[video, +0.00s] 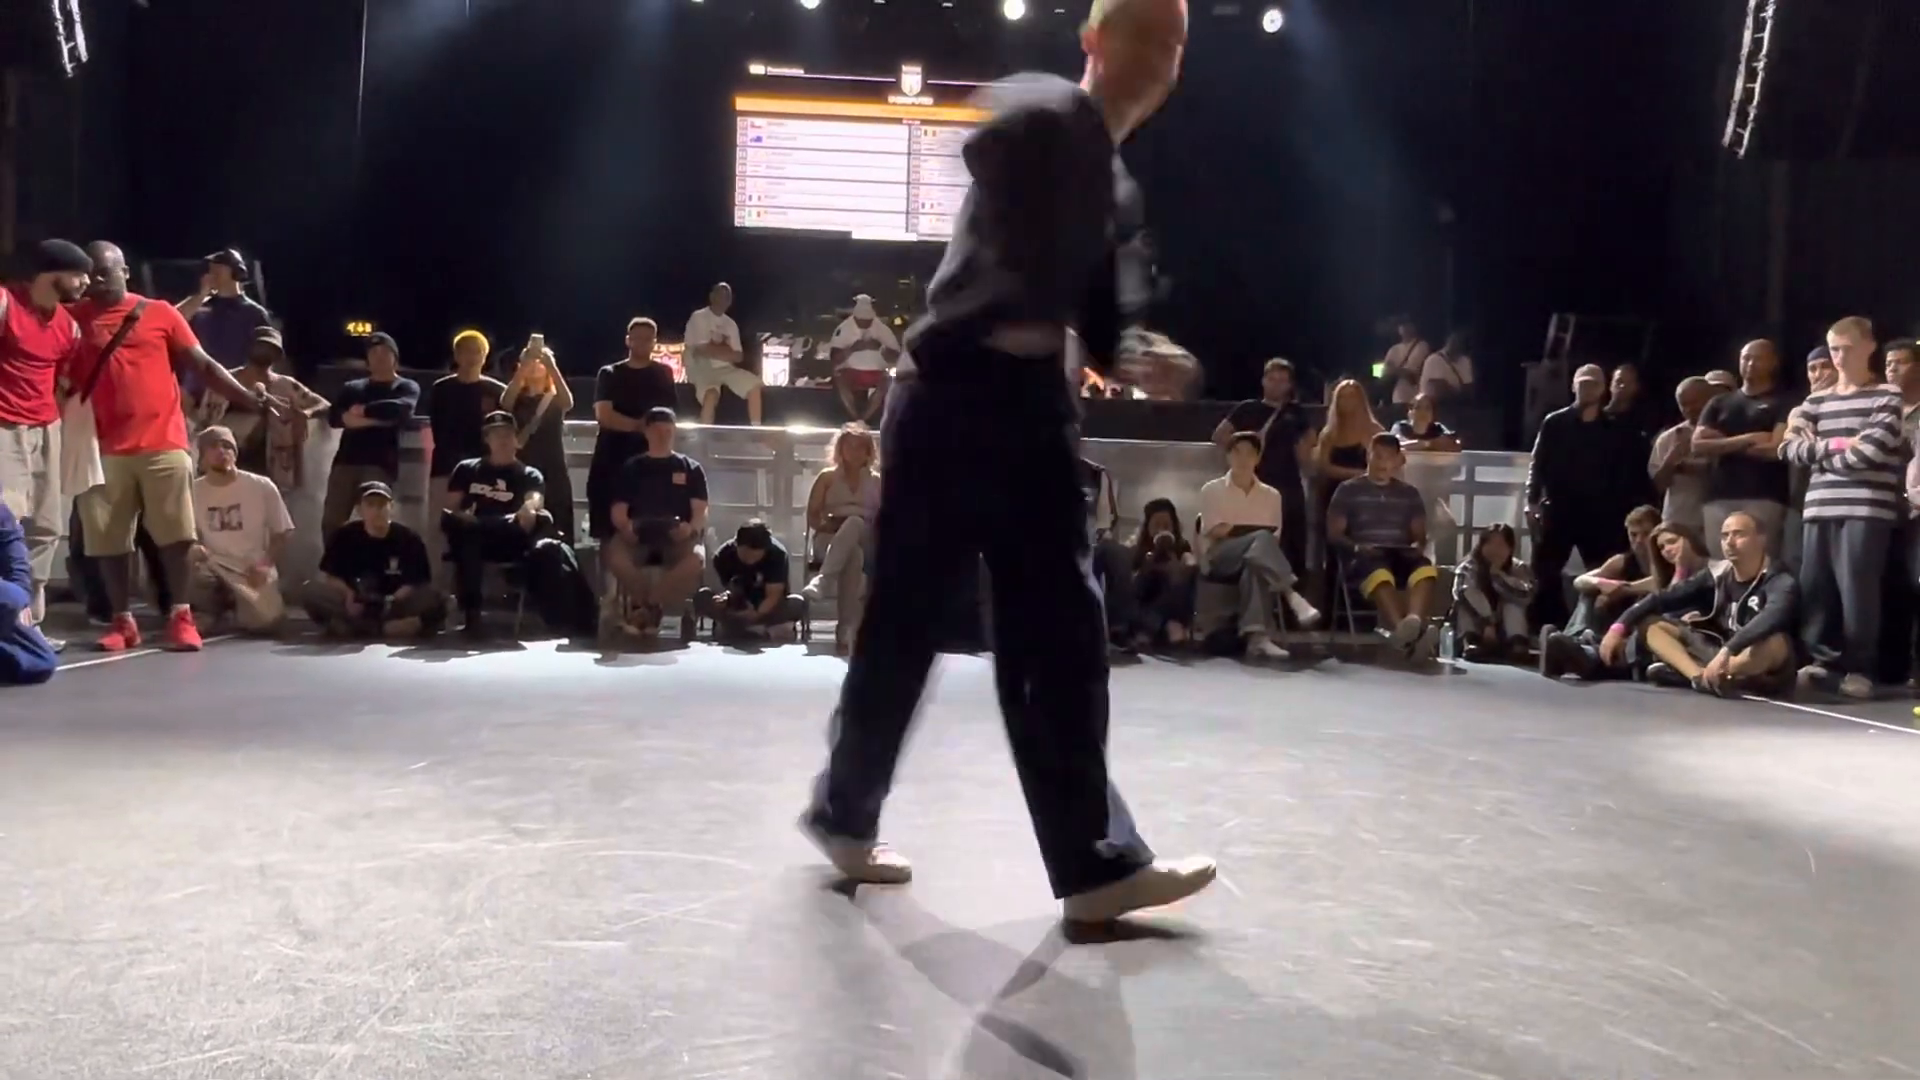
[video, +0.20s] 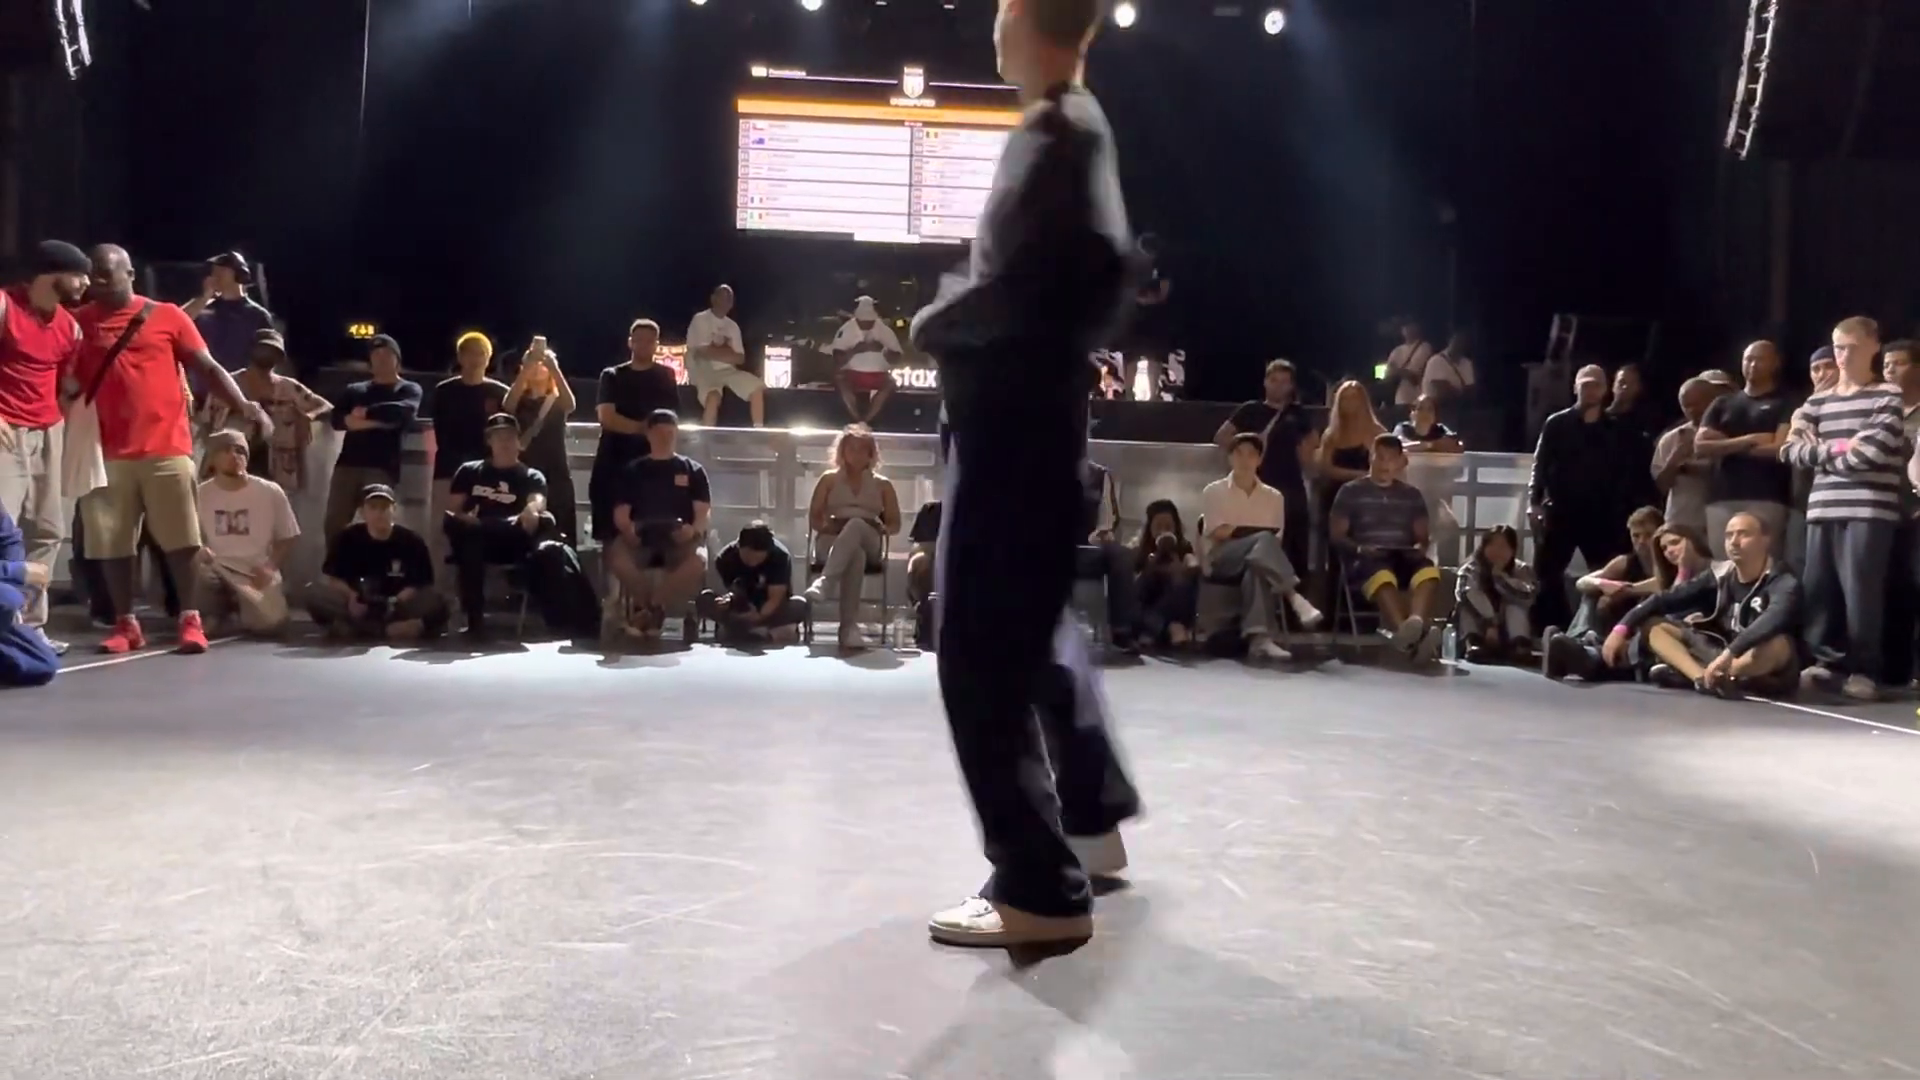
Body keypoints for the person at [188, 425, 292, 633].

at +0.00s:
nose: (222, 451)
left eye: (227, 446)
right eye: (214, 446)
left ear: (235, 453)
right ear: (202, 456)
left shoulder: (263, 487)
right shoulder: (191, 491)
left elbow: (281, 535)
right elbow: (186, 532)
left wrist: (266, 565)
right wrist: (194, 548)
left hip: (252, 569)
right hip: (212, 564)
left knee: (266, 619)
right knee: (191, 557)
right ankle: (206, 613)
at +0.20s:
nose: (235, 456)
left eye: (240, 451)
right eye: (227, 450)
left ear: (247, 457)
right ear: (212, 458)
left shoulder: (271, 492)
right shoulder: (200, 494)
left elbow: (287, 536)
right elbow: (190, 529)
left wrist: (269, 568)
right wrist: (199, 548)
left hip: (256, 570)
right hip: (215, 565)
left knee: (271, 621)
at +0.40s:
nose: (246, 455)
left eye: (252, 449)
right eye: (239, 449)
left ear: (257, 455)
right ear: (224, 454)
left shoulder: (277, 491)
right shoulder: (205, 491)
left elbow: (286, 539)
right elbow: (197, 532)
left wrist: (272, 567)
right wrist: (207, 551)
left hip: (260, 569)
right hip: (220, 564)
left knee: (273, 617)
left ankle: (232, 613)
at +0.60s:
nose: (254, 455)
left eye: (259, 450)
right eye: (247, 450)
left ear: (265, 455)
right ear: (233, 454)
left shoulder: (285, 492)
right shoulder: (213, 491)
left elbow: (294, 538)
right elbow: (203, 532)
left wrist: (278, 567)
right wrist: (213, 546)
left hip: (267, 569)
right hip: (228, 563)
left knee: (278, 617)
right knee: (211, 555)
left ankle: (243, 609)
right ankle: (215, 616)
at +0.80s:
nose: (259, 456)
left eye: (263, 450)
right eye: (252, 450)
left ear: (268, 455)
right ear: (237, 455)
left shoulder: (290, 491)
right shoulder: (219, 490)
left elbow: (301, 536)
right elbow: (209, 532)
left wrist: (280, 567)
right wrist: (220, 552)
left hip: (270, 570)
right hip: (231, 566)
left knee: (279, 617)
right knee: (217, 555)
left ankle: (250, 607)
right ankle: (215, 615)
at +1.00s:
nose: (259, 454)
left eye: (265, 449)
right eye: (252, 449)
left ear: (270, 454)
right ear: (238, 454)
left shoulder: (292, 488)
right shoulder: (224, 487)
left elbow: (306, 535)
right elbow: (212, 527)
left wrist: (281, 565)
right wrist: (222, 550)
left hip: (272, 568)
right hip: (234, 563)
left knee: (280, 616)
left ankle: (253, 605)